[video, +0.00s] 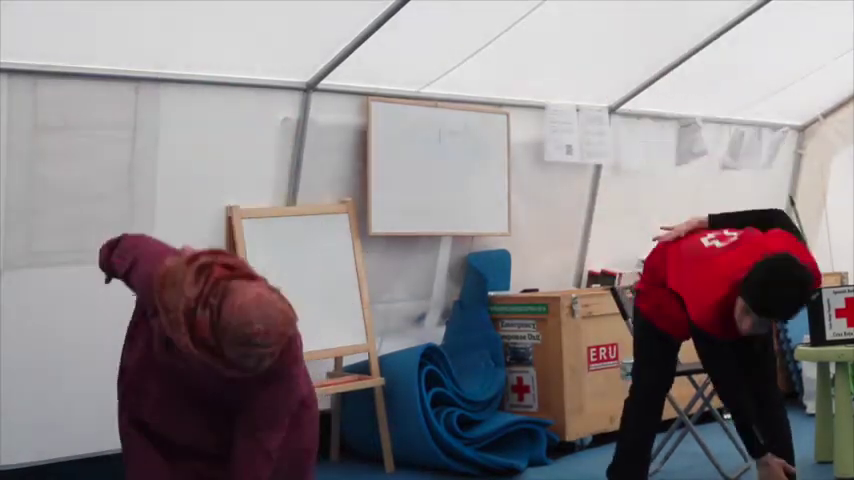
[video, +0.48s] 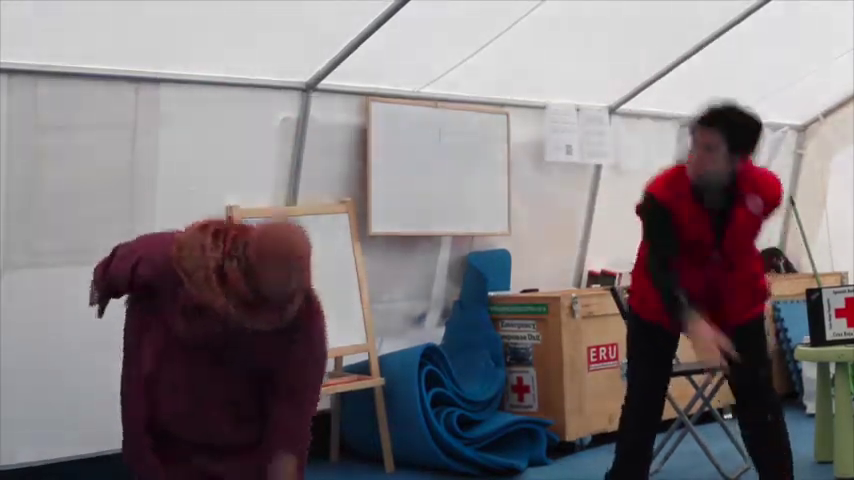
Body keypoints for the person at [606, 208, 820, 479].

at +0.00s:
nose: (746, 326)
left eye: (760, 322)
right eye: (745, 312)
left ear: (781, 317)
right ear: (741, 293)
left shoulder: (807, 274)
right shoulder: (709, 308)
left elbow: (776, 217)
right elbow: (730, 390)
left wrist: (704, 222)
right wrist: (763, 457)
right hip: (665, 290)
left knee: (765, 394)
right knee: (648, 397)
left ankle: (785, 472)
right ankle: (626, 474)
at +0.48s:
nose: (694, 156)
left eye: (708, 149)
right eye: (693, 144)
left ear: (738, 157)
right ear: (689, 143)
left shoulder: (763, 190)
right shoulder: (663, 195)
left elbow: (739, 240)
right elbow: (660, 271)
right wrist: (692, 322)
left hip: (734, 301)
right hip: (663, 301)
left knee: (759, 406)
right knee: (643, 409)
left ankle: (778, 475)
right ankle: (625, 477)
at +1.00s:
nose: (640, 68)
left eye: (651, 59)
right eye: (641, 59)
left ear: (683, 70)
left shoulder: (724, 129)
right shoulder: (625, 130)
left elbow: (751, 201)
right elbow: (561, 156)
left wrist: (705, 231)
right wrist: (500, 141)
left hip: (708, 278)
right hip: (637, 281)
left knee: (748, 396)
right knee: (634, 405)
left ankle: (777, 477)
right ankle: (625, 479)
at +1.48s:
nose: (601, 74)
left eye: (611, 64)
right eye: (602, 66)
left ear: (642, 74)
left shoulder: (676, 114)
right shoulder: (606, 142)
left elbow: (713, 126)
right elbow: (624, 213)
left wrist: (675, 116)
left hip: (697, 274)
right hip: (633, 282)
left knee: (740, 391)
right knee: (629, 404)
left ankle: (775, 476)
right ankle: (623, 477)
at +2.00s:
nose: (513, 298)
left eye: (512, 288)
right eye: (506, 292)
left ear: (531, 272)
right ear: (532, 268)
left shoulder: (584, 281)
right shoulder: (564, 245)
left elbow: (594, 363)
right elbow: (600, 195)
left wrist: (590, 436)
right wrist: (649, 216)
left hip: (713, 275)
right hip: (661, 299)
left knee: (755, 390)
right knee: (651, 406)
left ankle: (784, 473)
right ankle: (632, 473)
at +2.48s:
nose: (514, 267)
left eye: (513, 257)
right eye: (507, 261)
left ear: (536, 241)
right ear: (537, 237)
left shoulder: (585, 262)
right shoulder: (572, 231)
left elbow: (590, 339)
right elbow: (610, 196)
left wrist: (574, 413)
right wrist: (666, 213)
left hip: (717, 271)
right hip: (664, 291)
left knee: (754, 386)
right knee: (652, 401)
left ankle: (782, 473)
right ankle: (633, 474)